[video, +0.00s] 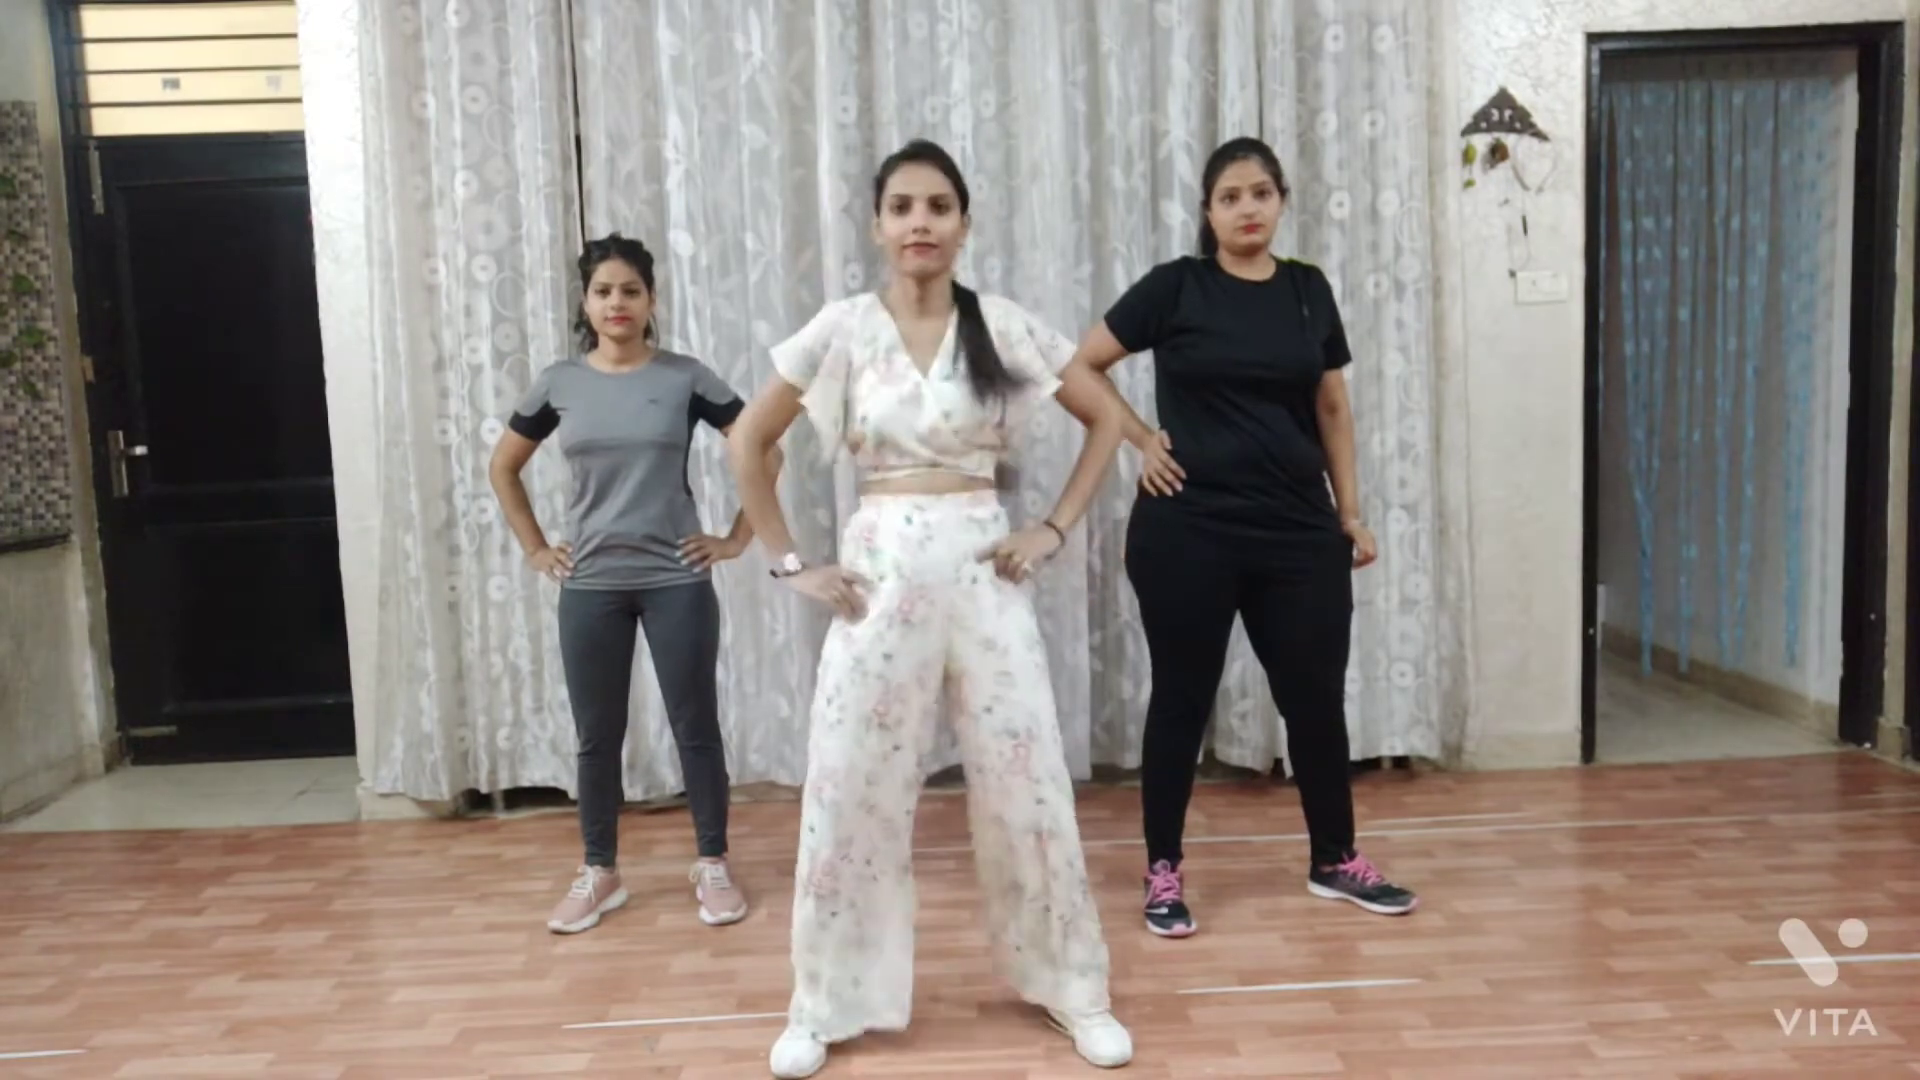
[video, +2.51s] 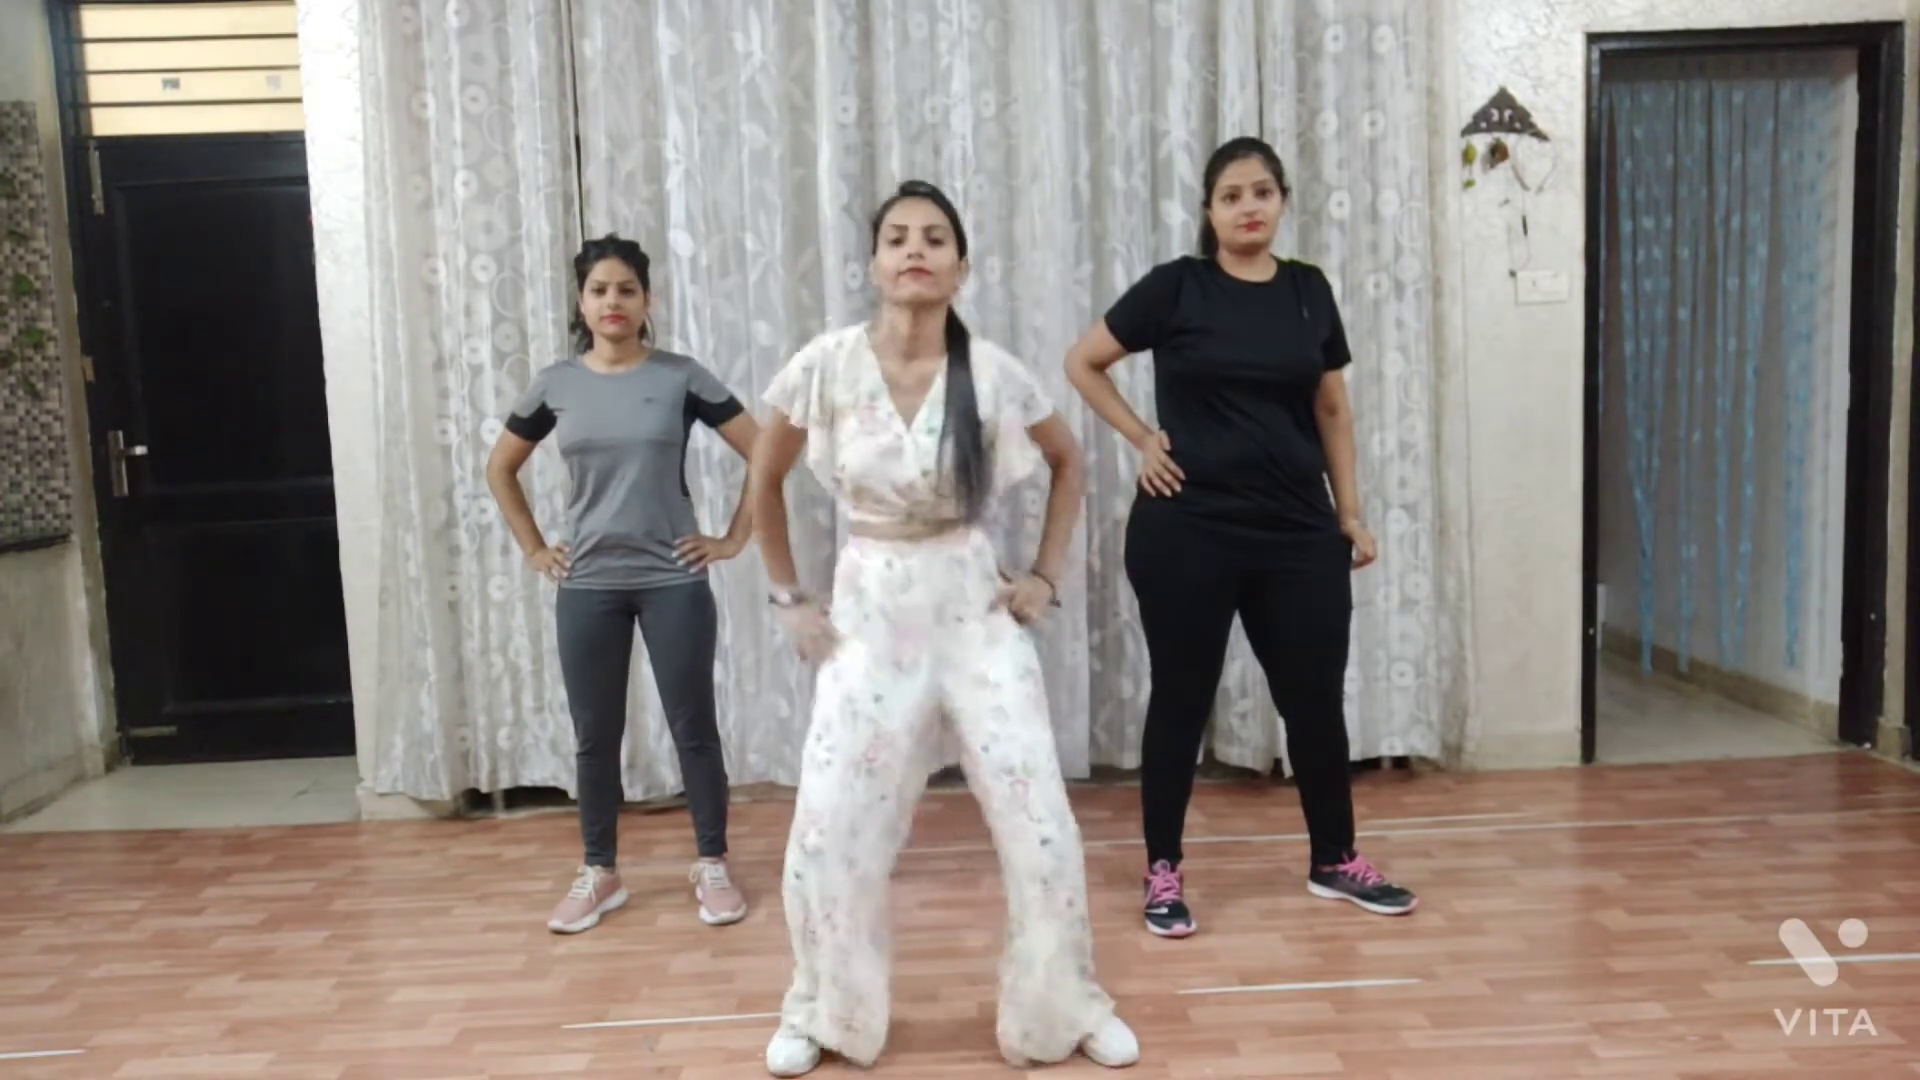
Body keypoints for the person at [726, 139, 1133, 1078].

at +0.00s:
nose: (919, 224)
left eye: (937, 207)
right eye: (902, 207)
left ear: (963, 222)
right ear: (877, 223)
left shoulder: (1002, 327)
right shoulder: (839, 330)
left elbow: (1112, 422)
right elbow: (746, 446)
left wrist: (1051, 528)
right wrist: (800, 566)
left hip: (987, 580)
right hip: (878, 585)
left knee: (1033, 784)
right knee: (840, 794)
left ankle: (1076, 990)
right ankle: (819, 1007)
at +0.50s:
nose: (926, 310)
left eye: (944, 294)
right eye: (909, 294)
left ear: (971, 311)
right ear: (885, 311)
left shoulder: (1004, 405)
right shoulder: (843, 412)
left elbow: (1114, 492)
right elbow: (755, 529)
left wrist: (1063, 602)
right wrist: (812, 640)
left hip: (999, 647)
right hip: (888, 655)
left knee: (1068, 849)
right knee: (829, 854)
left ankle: (1076, 1021)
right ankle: (819, 1022)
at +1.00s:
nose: (863, 275)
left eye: (881, 258)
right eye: (845, 258)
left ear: (908, 272)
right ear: (822, 273)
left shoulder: (957, 372)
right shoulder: (783, 397)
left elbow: (1065, 454)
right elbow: (725, 527)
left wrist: (1054, 577)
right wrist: (808, 621)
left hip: (985, 621)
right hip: (875, 636)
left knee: (1059, 830)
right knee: (820, 842)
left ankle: (1077, 1005)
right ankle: (829, 1012)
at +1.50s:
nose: (992, 269)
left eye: (1010, 252)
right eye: (975, 253)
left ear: (1038, 267)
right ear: (951, 267)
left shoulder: (1075, 376)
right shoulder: (907, 373)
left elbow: (1163, 478)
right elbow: (802, 474)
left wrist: (1092, 585)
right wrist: (838, 599)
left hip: (1020, 619)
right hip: (912, 614)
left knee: (1070, 830)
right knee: (852, 815)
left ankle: (1075, 1006)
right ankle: (825, 1020)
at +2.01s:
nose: (922, 218)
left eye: (941, 202)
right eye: (905, 202)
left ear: (968, 219)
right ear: (880, 219)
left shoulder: (1008, 327)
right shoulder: (835, 332)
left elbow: (1114, 425)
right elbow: (749, 443)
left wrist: (1062, 539)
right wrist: (793, 569)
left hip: (986, 578)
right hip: (880, 582)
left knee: (1032, 783)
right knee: (838, 790)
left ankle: (1081, 990)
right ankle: (817, 1003)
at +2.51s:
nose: (914, 253)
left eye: (932, 241)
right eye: (898, 241)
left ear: (961, 265)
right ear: (873, 262)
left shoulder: (991, 373)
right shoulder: (822, 369)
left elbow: (1070, 464)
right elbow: (764, 482)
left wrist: (1044, 577)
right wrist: (790, 597)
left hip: (976, 617)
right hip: (867, 622)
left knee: (1038, 813)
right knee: (828, 823)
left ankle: (1067, 1002)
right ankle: (815, 1009)